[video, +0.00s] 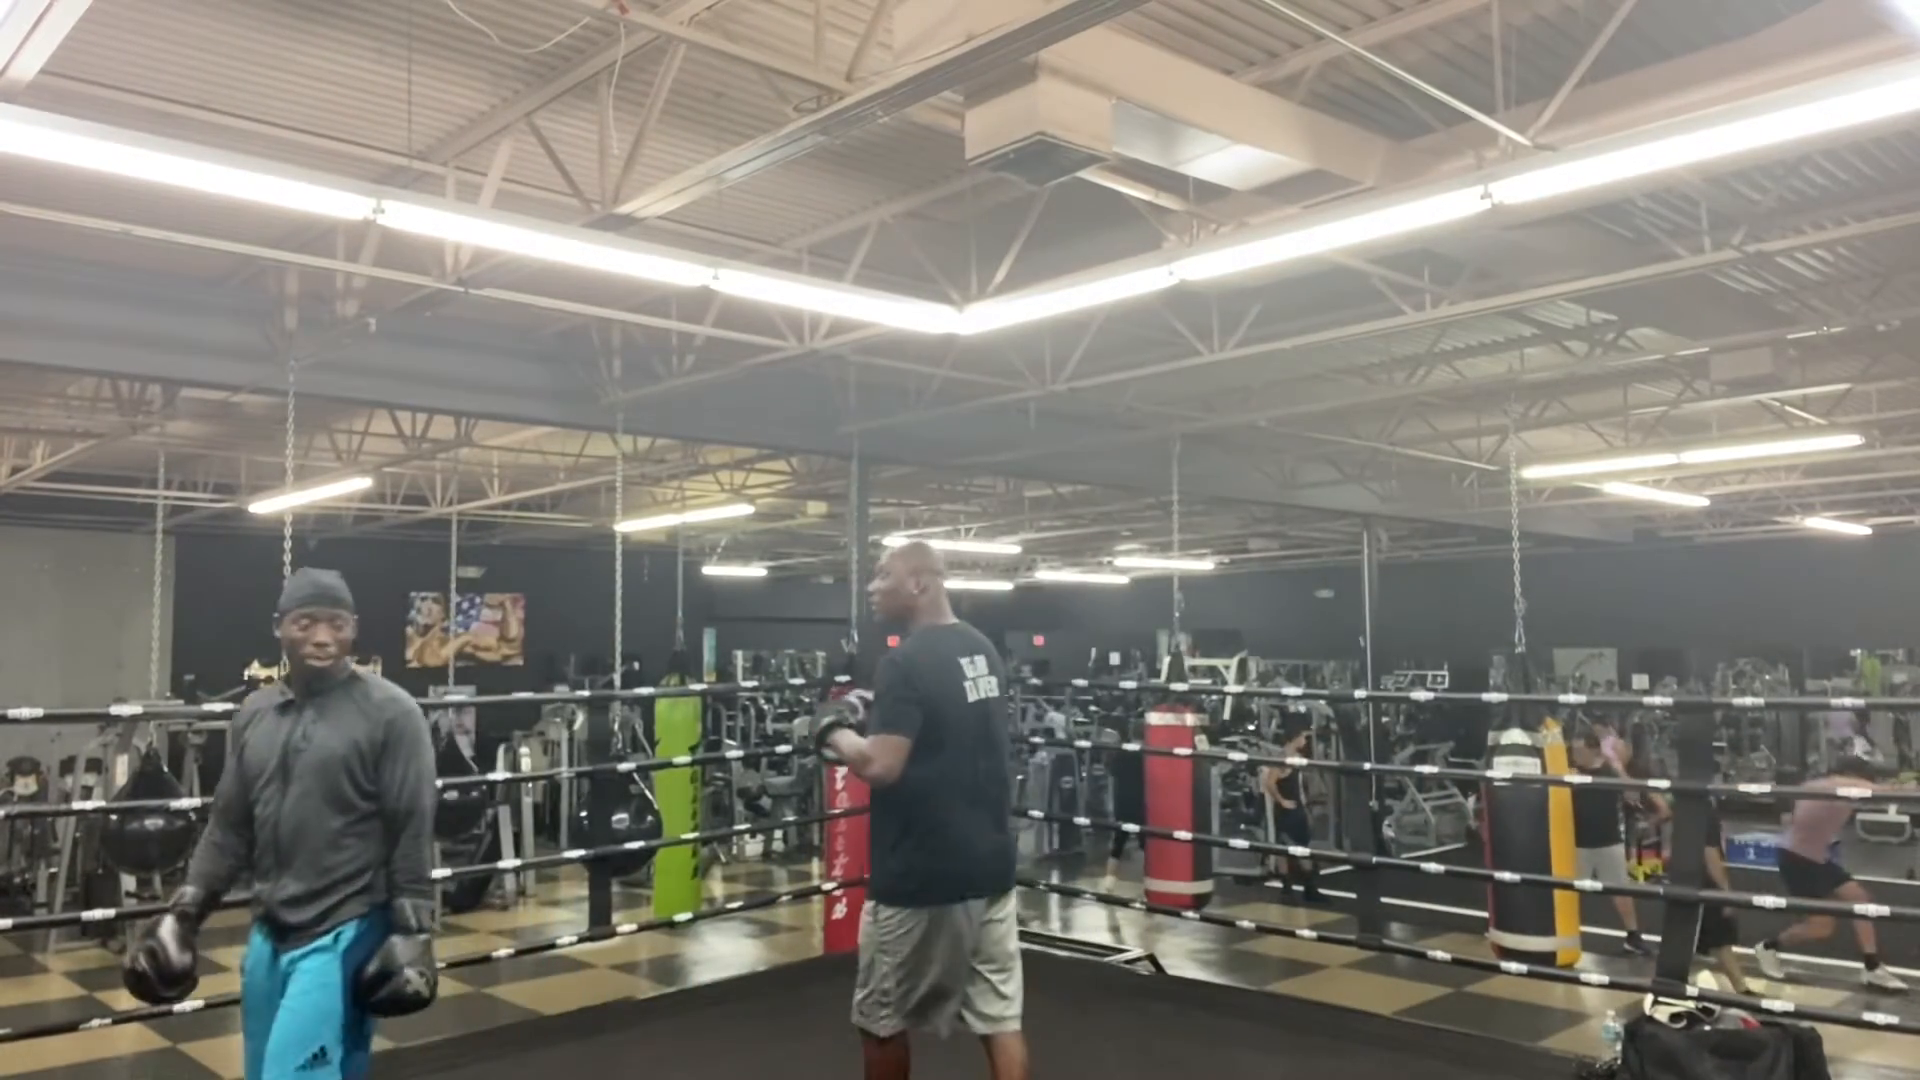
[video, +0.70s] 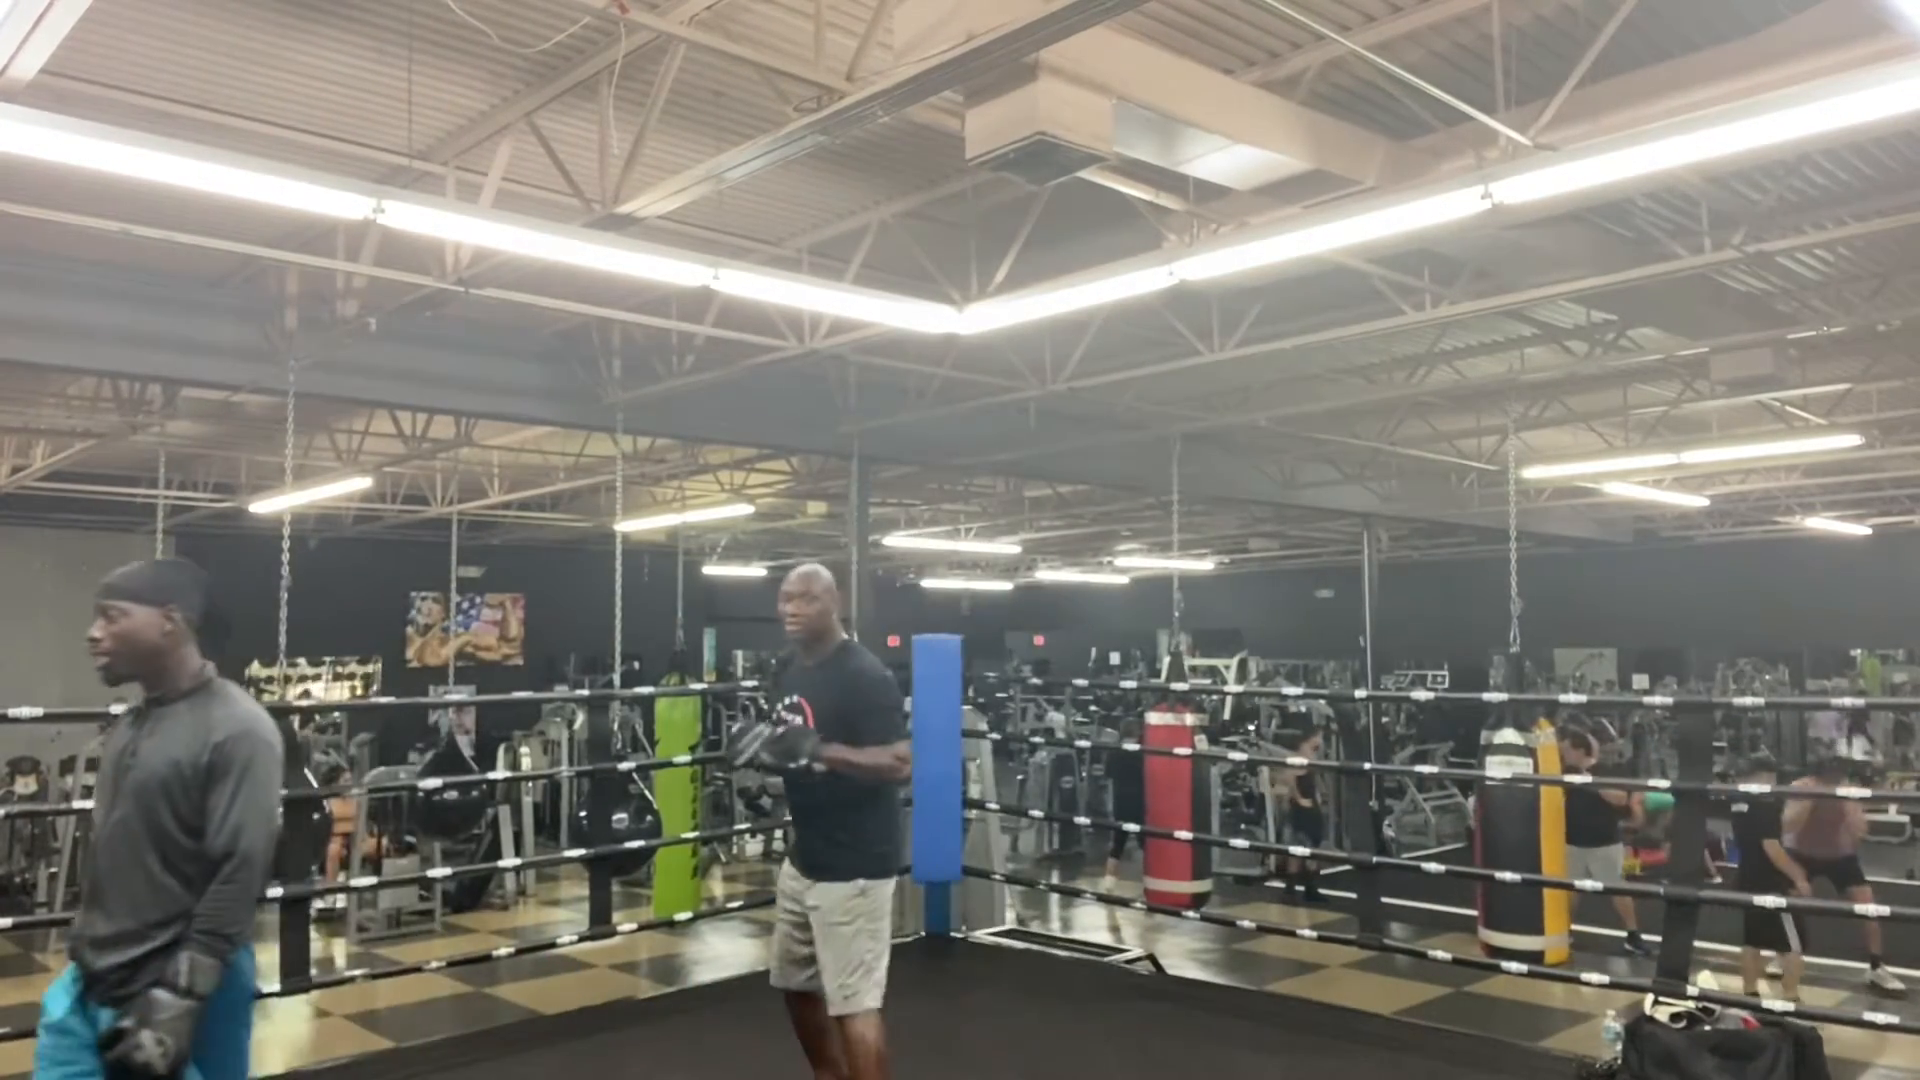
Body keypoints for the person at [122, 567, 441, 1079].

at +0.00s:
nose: (321, 636)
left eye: (335, 623)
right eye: (305, 622)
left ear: (352, 630)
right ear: (280, 630)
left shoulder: (391, 712)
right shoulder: (255, 714)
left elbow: (413, 830)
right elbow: (227, 827)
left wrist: (413, 933)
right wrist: (182, 915)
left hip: (346, 928)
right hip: (270, 929)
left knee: (291, 1068)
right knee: (262, 1068)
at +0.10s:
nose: (285, 641)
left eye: (302, 627)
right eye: (272, 626)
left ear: (332, 633)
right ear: (256, 635)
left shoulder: (372, 721)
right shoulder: (238, 715)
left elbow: (390, 843)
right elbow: (208, 830)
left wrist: (396, 946)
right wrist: (161, 920)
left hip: (322, 939)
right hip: (247, 938)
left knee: (266, 1070)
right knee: (251, 1069)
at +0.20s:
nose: (228, 638)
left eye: (248, 623)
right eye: (225, 622)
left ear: (297, 629)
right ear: (220, 627)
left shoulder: (347, 727)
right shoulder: (216, 712)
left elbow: (365, 854)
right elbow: (186, 827)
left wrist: (364, 968)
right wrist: (140, 922)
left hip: (283, 950)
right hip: (210, 950)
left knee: (230, 1068)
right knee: (210, 1068)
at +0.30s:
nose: (201, 636)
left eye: (221, 620)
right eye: (201, 620)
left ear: (274, 625)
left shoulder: (329, 729)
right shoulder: (204, 712)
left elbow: (342, 857)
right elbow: (172, 832)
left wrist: (335, 972)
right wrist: (128, 929)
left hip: (256, 956)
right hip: (178, 954)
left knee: (231, 1071)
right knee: (161, 1070)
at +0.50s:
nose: (156, 633)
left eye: (174, 616)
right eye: (158, 617)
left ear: (230, 621)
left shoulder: (294, 726)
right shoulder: (177, 713)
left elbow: (297, 867)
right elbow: (160, 847)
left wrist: (272, 990)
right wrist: (112, 938)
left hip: (214, 970)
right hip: (133, 959)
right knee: (88, 1072)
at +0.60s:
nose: (126, 633)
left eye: (144, 614)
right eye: (128, 616)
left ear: (202, 618)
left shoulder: (270, 727)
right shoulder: (160, 718)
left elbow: (271, 871)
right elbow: (147, 847)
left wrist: (227, 991)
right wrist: (111, 953)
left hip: (204, 979)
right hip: (114, 971)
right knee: (62, 1073)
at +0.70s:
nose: (93, 634)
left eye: (112, 616)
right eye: (96, 618)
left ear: (170, 622)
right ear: (167, 623)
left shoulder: (242, 731)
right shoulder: (127, 727)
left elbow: (239, 880)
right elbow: (117, 856)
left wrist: (183, 994)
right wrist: (83, 961)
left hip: (190, 986)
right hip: (90, 984)